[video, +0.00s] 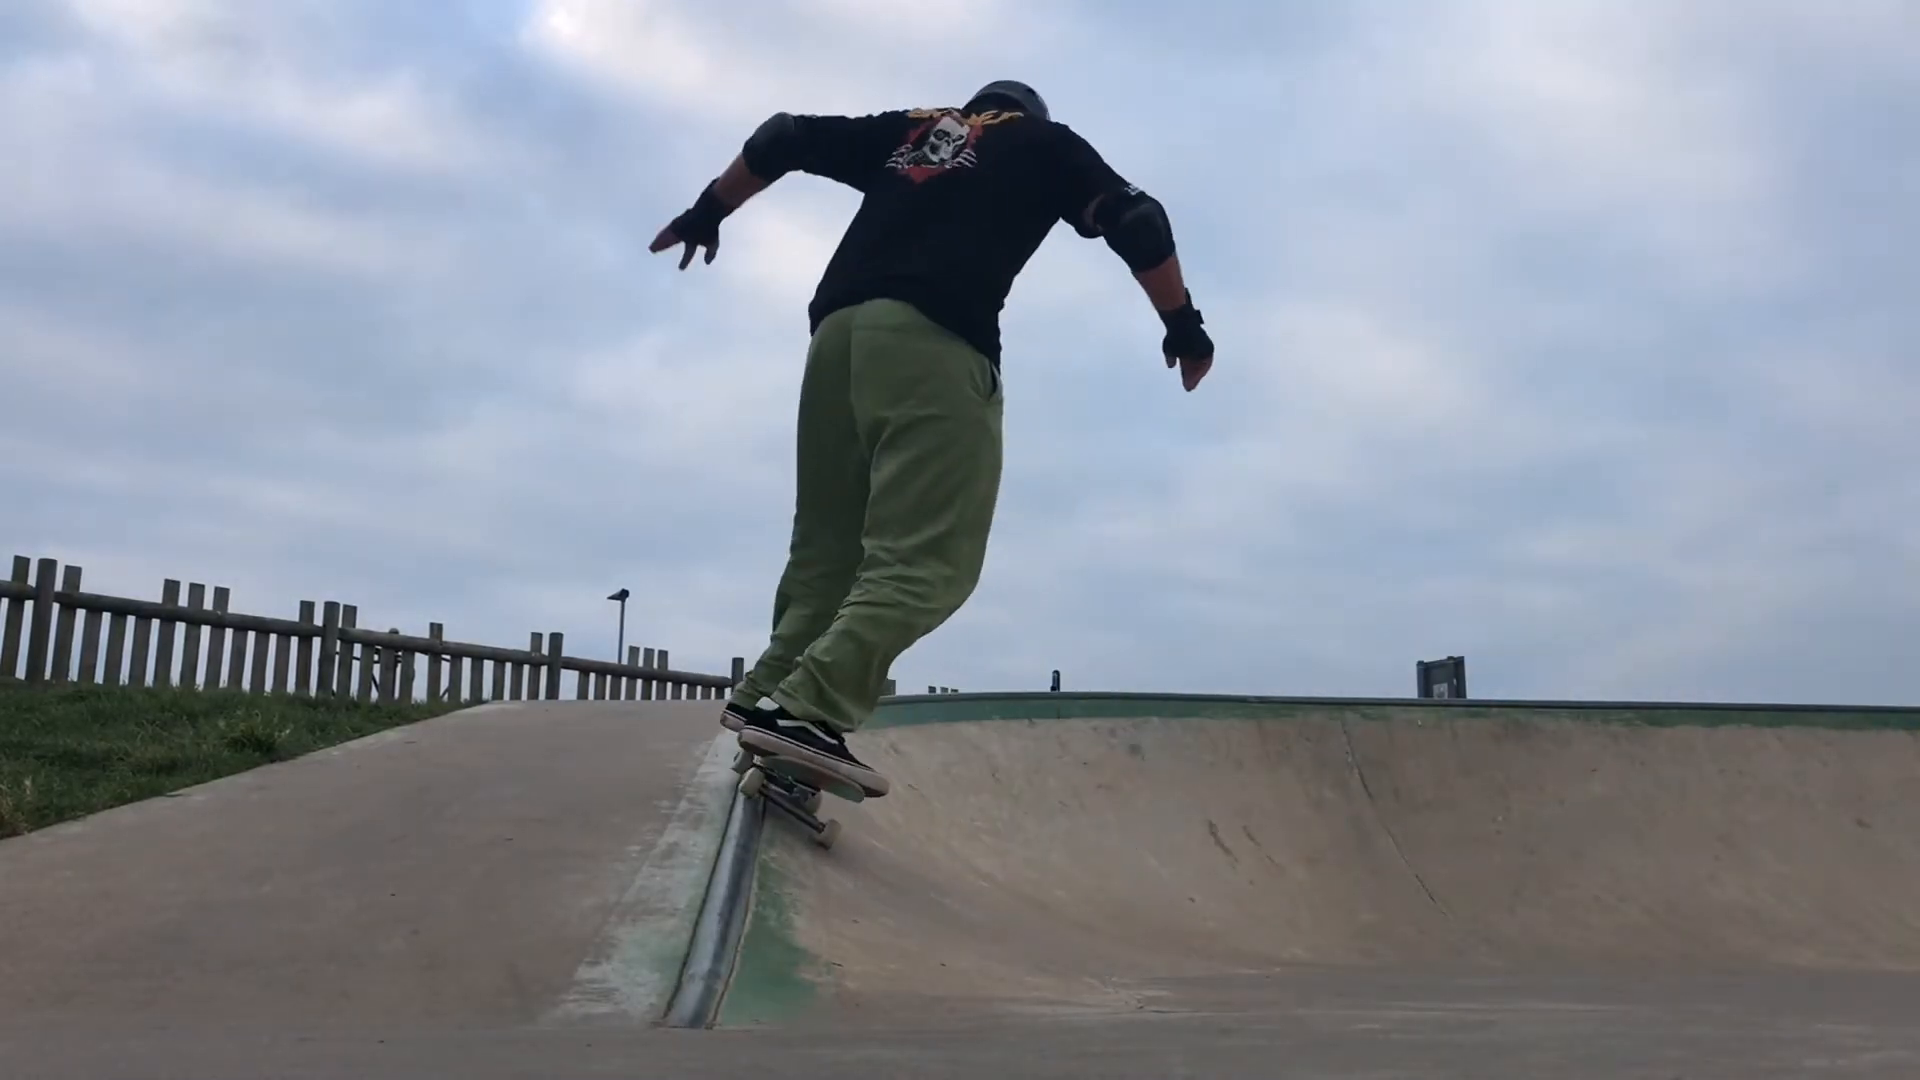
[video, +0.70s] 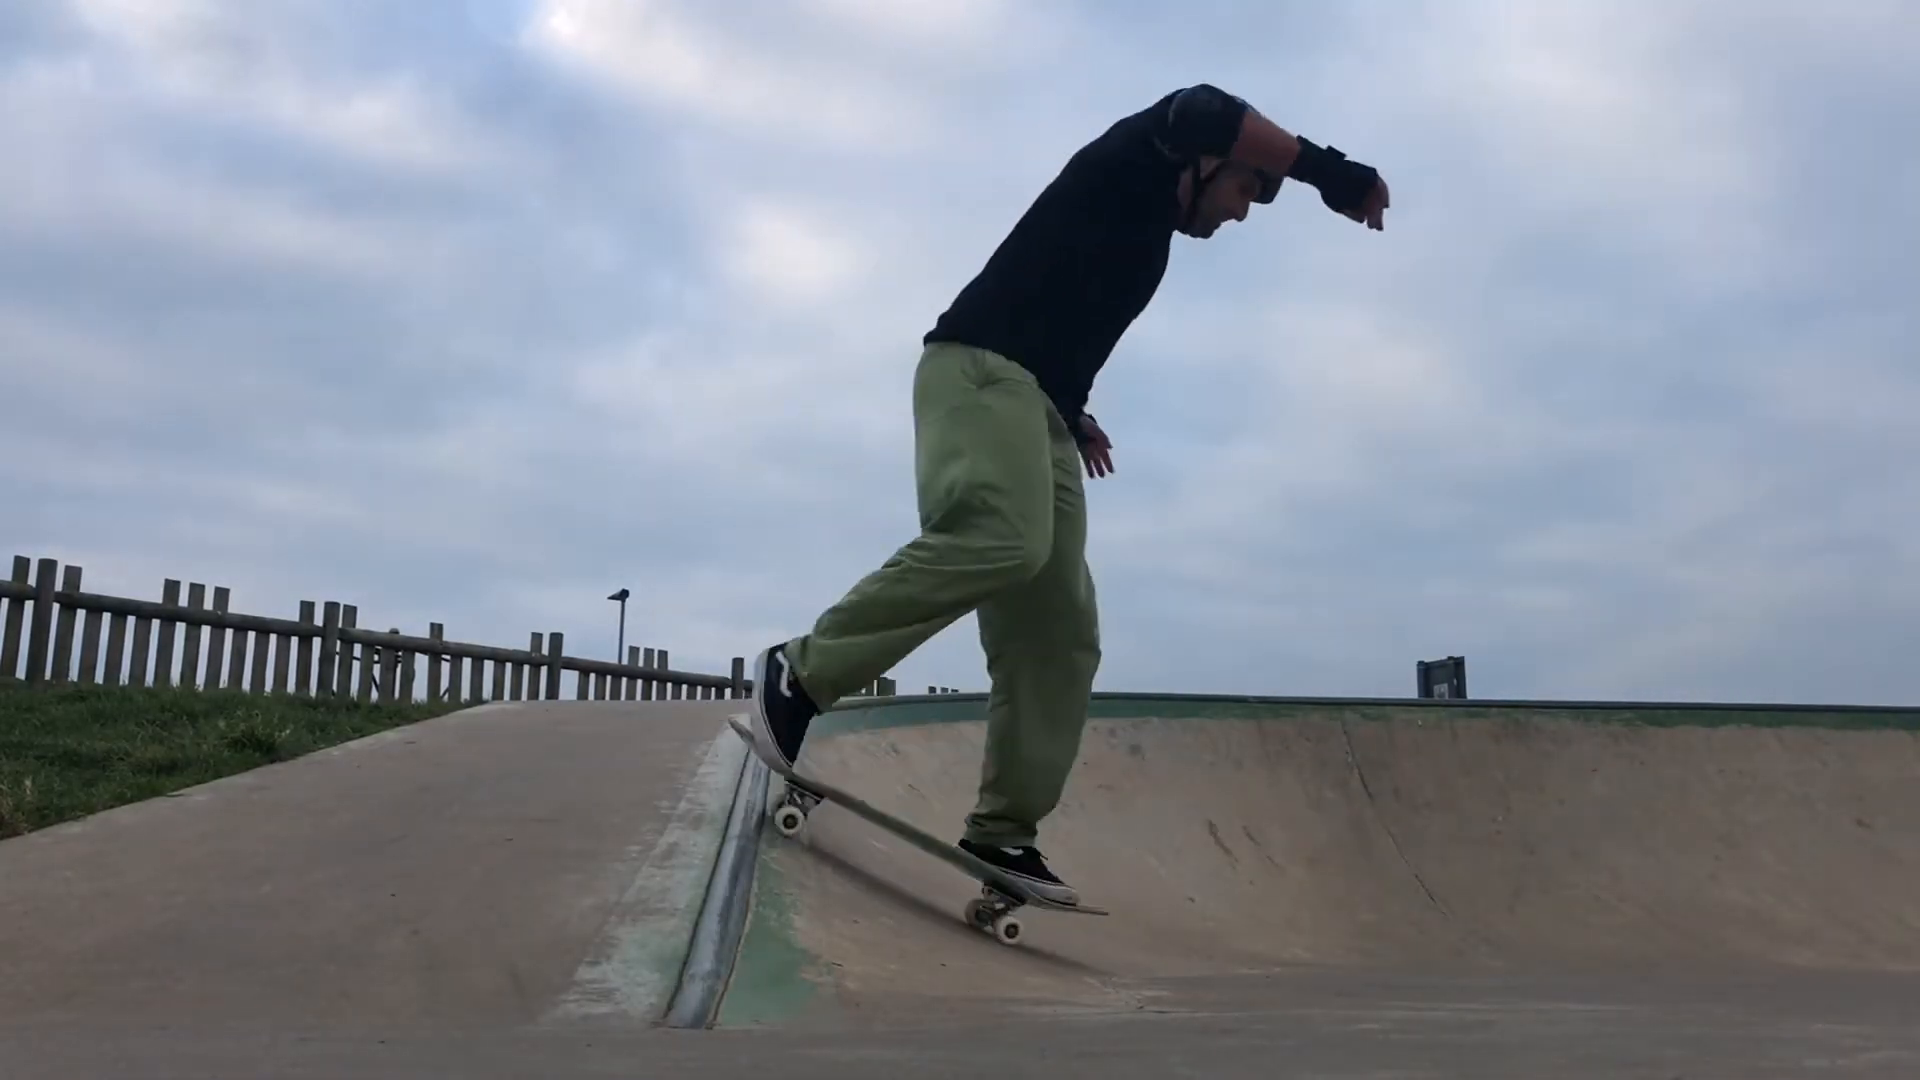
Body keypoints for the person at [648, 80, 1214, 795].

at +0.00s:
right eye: (1035, 128)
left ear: (970, 108)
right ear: (1033, 120)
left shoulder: (903, 129)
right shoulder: (1046, 142)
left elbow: (784, 135)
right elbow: (1137, 220)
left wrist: (710, 207)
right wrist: (1182, 322)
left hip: (835, 335)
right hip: (930, 336)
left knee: (827, 551)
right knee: (924, 562)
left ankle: (769, 701)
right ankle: (807, 712)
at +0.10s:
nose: (1040, 143)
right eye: (1033, 133)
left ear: (951, 119)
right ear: (1014, 124)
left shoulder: (879, 156)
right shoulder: (1012, 135)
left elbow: (762, 212)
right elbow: (1099, 171)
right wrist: (1190, 257)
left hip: (819, 338)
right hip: (907, 329)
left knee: (837, 545)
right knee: (927, 555)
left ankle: (771, 701)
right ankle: (810, 711)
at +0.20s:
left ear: (909, 152)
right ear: (989, 131)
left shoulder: (867, 193)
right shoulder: (987, 134)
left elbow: (783, 277)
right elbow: (1062, 128)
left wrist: (808, 363)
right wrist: (1179, 179)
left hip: (809, 336)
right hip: (894, 323)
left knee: (834, 552)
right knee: (922, 547)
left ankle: (775, 713)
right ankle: (810, 709)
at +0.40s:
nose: (1070, 201)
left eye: (1081, 196)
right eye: (1080, 184)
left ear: (1061, 155)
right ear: (1066, 139)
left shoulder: (1001, 190)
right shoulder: (1016, 123)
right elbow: (944, 77)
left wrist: (1001, 408)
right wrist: (1031, 53)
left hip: (838, 327)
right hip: (900, 328)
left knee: (850, 546)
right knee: (928, 543)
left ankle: (784, 703)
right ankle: (809, 709)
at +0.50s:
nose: (1125, 180)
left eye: (1136, 175)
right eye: (1134, 160)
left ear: (1106, 125)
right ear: (1111, 113)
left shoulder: (1053, 189)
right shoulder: (1042, 114)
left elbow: (978, 306)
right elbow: (982, 73)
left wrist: (1021, 375)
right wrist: (1095, 70)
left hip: (948, 342)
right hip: (909, 320)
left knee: (963, 554)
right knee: (925, 537)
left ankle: (845, 722)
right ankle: (796, 702)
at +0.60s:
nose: (1178, 187)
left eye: (1191, 178)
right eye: (1185, 166)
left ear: (1158, 142)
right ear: (1161, 127)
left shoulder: (1094, 188)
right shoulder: (1091, 114)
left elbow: (1004, 261)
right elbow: (1178, 115)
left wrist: (1018, 361)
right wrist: (1264, 156)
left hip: (995, 376)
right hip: (934, 335)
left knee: (1017, 571)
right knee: (931, 530)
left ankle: (961, 783)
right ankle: (771, 695)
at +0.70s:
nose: (1240, 212)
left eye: (1253, 202)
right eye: (1246, 191)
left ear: (1216, 173)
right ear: (1212, 155)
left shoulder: (1148, 239)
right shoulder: (1139, 153)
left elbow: (1066, 324)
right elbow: (1217, 114)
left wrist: (1076, 411)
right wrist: (1331, 171)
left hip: (1043, 418)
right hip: (981, 370)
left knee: (1059, 633)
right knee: (1004, 541)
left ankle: (1002, 834)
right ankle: (806, 674)